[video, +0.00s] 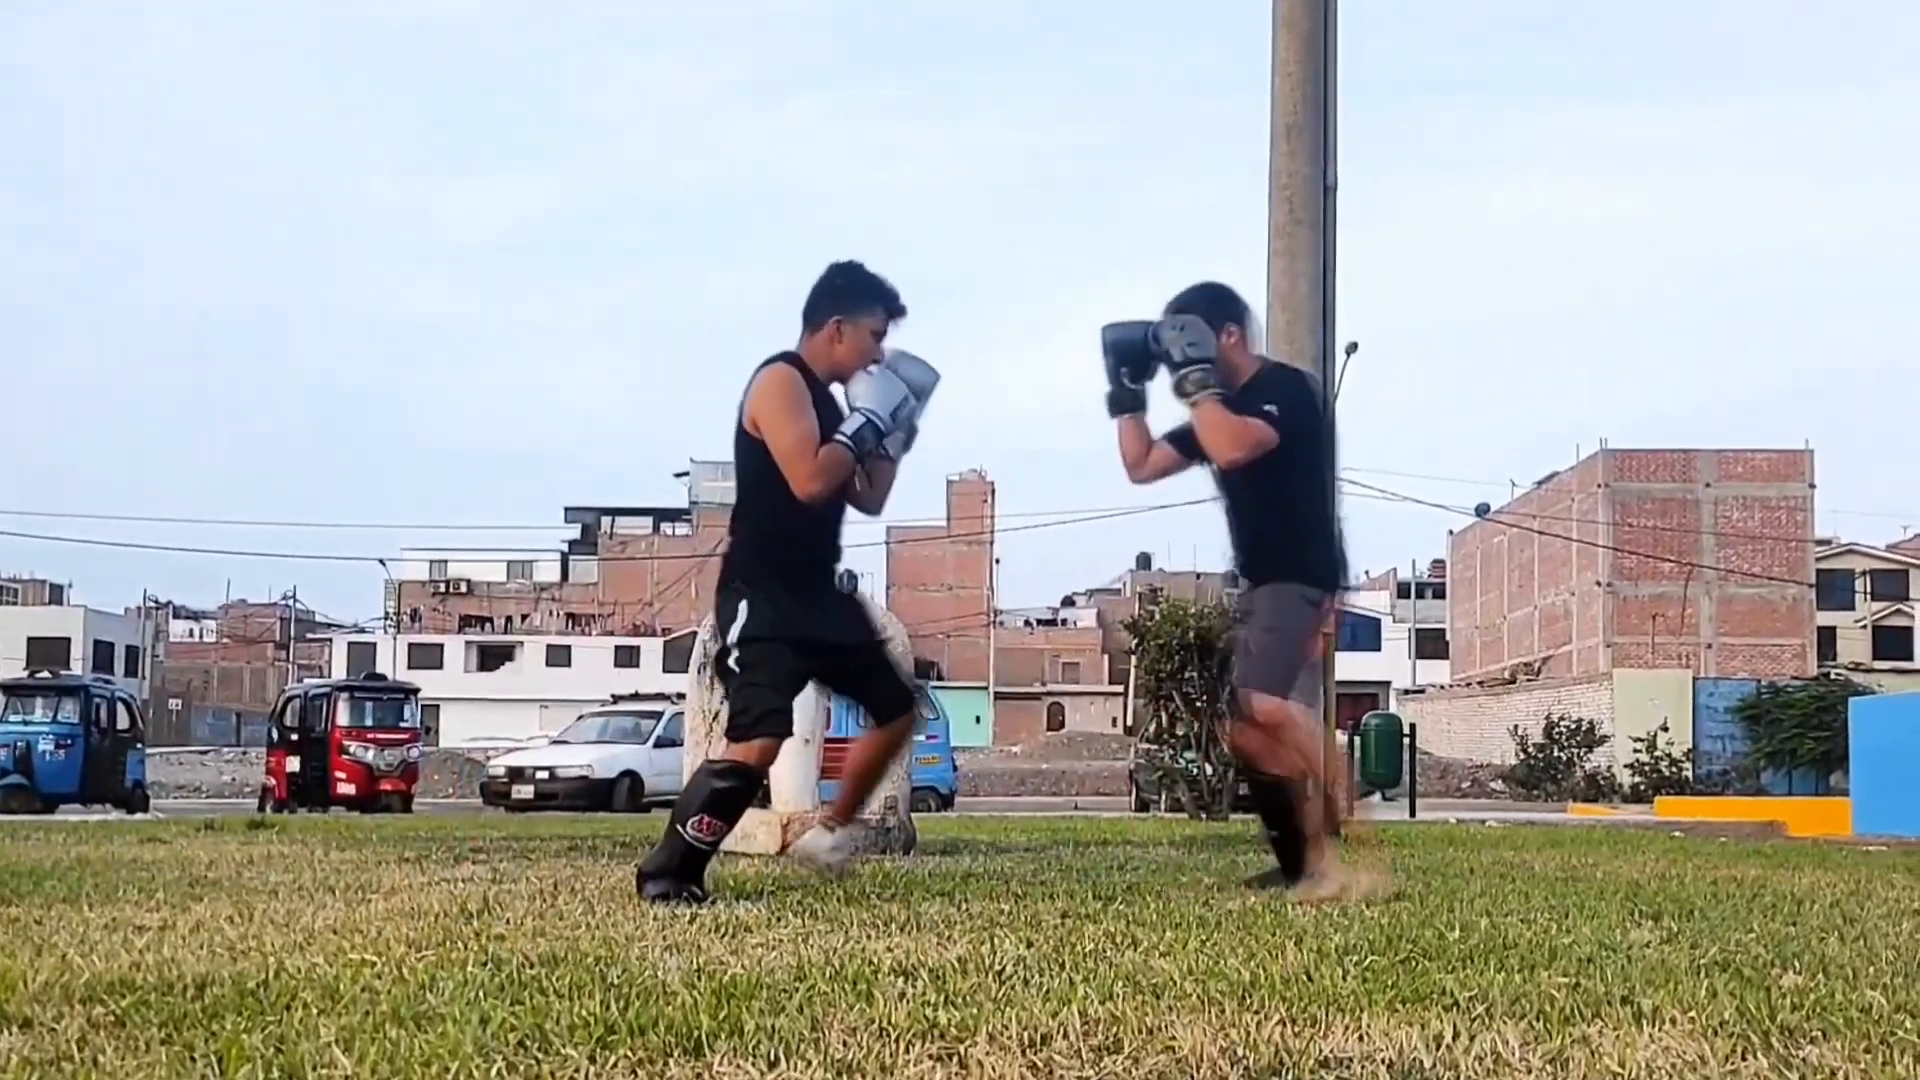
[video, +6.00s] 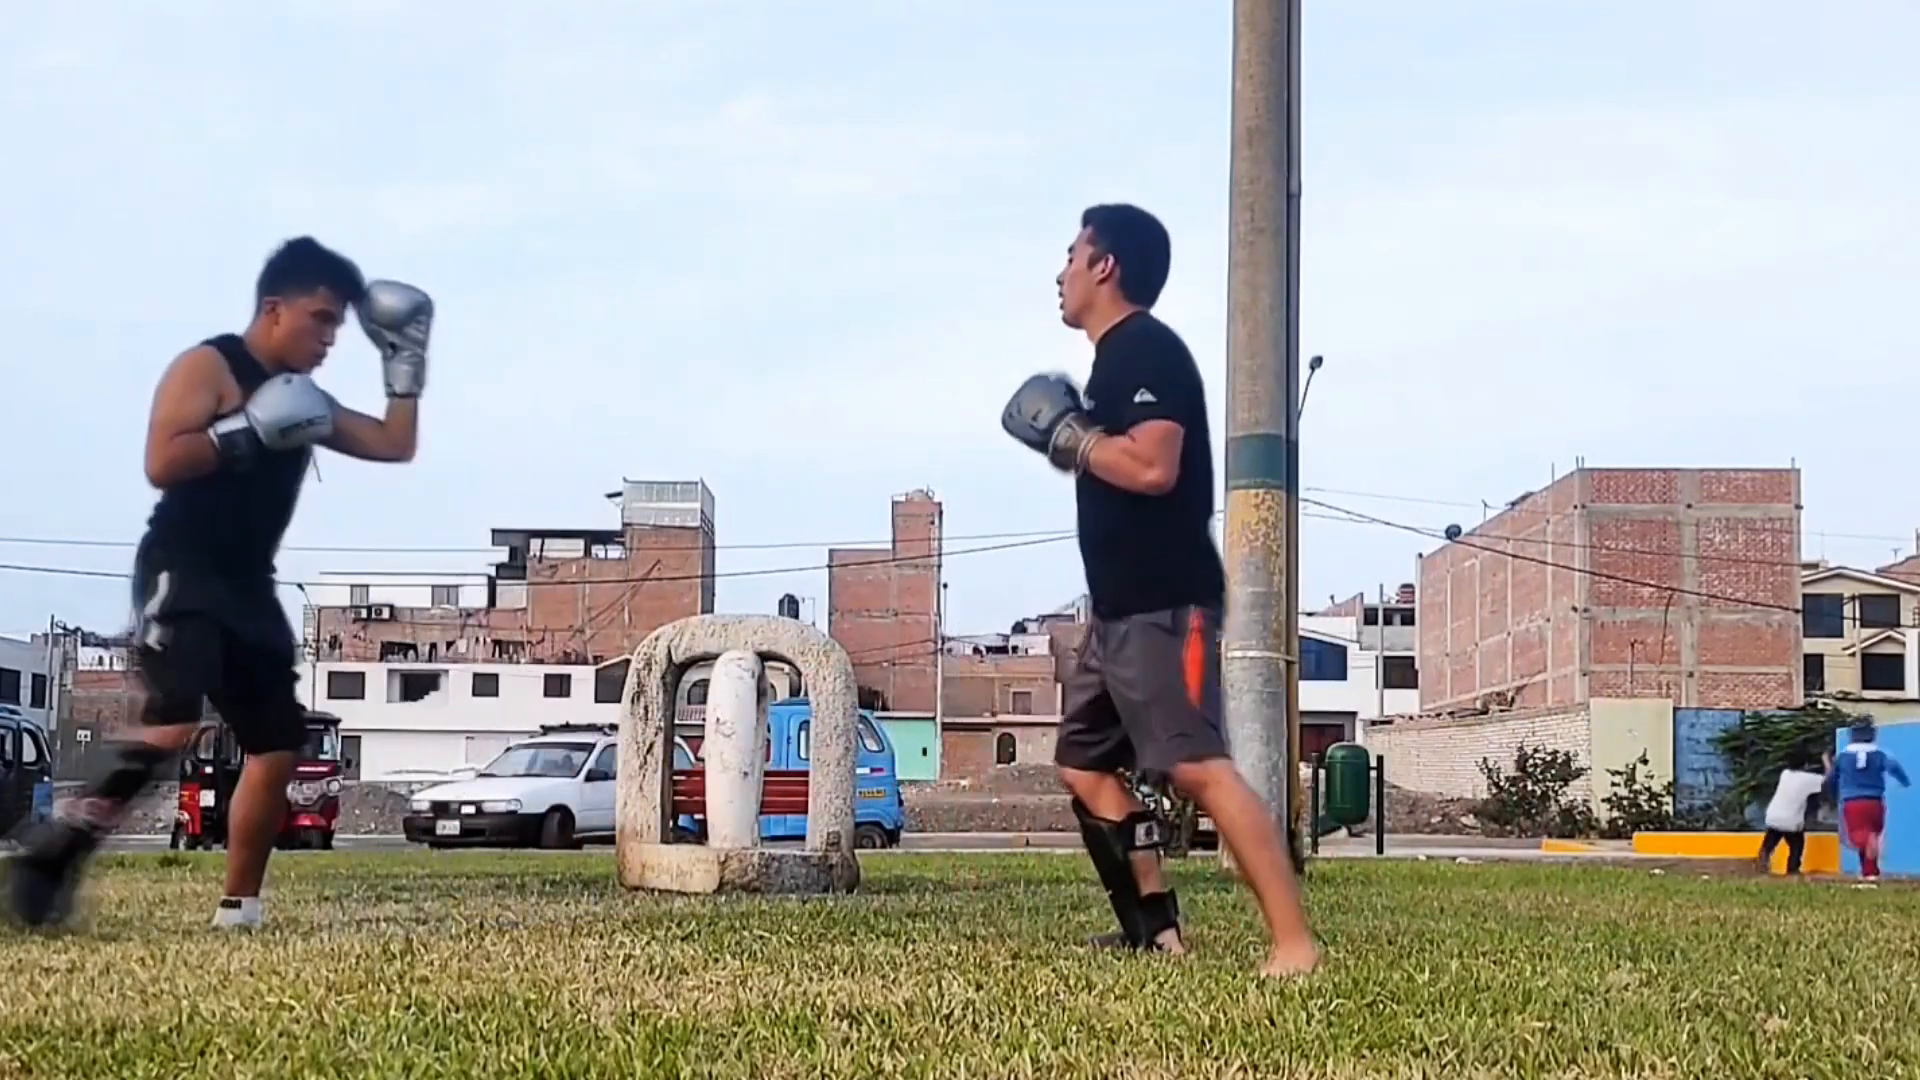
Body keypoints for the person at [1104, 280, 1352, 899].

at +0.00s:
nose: (1189, 355)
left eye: (1197, 341)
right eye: (1182, 346)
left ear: (1231, 333)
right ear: (1208, 347)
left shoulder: (1289, 388)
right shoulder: (1221, 412)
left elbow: (1230, 445)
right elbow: (1141, 466)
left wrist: (1192, 374)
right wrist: (1126, 386)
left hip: (1301, 579)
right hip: (1260, 582)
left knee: (1262, 702)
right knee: (1244, 735)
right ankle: (1299, 865)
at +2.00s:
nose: (1379, 410)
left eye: (1392, 397)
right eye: (1372, 400)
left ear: (1427, 401)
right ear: (1368, 409)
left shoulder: (1473, 462)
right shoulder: (1372, 471)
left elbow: (1473, 548)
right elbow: (1302, 524)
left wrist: (1446, 467)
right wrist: (1316, 444)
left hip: (1473, 652)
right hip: (1401, 651)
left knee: (1502, 764)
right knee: (1339, 759)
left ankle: (1564, 908)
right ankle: (1362, 889)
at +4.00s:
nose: (1069, 376)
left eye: (1081, 365)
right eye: (1071, 366)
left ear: (1119, 377)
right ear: (1108, 378)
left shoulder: (1155, 447)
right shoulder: (1071, 463)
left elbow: (1116, 507)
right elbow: (1027, 538)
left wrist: (1087, 429)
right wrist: (1010, 468)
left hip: (1111, 642)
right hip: (1045, 639)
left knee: (1124, 781)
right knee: (979, 763)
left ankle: (1177, 907)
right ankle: (910, 892)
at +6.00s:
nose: (1061, 273)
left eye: (1072, 257)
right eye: (1066, 258)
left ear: (1106, 267)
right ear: (1112, 271)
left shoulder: (1148, 348)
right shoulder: (1111, 361)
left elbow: (1153, 470)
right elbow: (1131, 466)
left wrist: (1069, 434)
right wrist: (1071, 428)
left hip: (1166, 604)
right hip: (1116, 607)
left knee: (1197, 766)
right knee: (1086, 767)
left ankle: (1295, 947)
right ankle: (1156, 933)